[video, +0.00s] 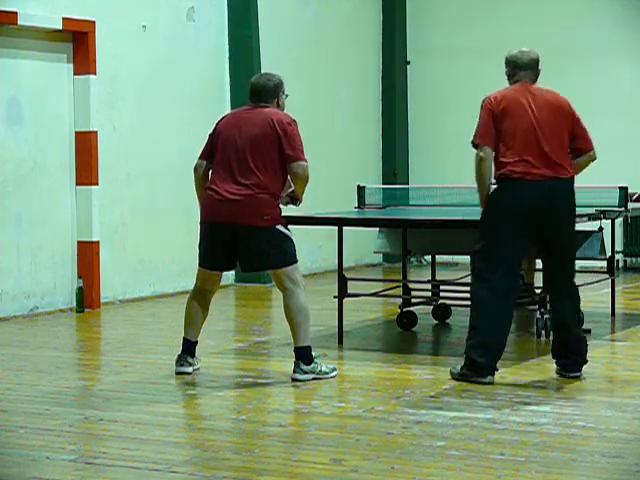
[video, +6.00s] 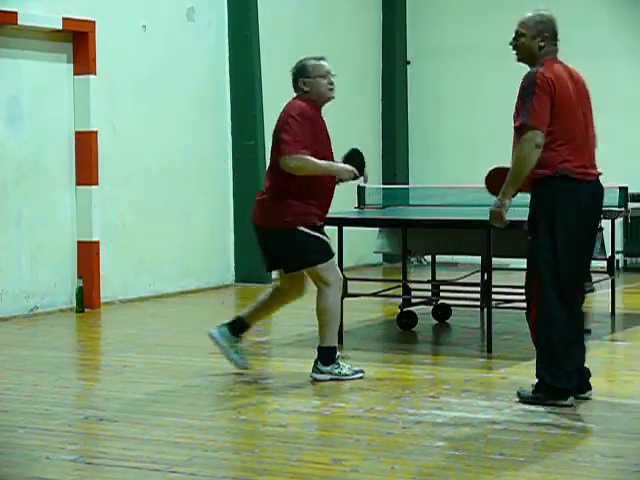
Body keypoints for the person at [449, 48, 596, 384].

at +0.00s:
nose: (508, 78)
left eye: (508, 73)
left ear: (508, 73)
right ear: (538, 74)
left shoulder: (496, 102)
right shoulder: (560, 103)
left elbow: (484, 153)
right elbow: (587, 154)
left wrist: (485, 200)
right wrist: (557, 176)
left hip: (512, 198)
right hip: (558, 198)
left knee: (493, 277)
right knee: (561, 278)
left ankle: (480, 364)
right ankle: (571, 362)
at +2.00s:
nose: (555, 67)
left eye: (555, 62)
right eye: (556, 62)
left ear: (562, 61)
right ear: (588, 63)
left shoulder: (563, 90)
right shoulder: (612, 93)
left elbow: (566, 138)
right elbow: (635, 144)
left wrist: (558, 193)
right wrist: (626, 179)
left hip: (592, 189)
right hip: (629, 189)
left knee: (579, 278)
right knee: (631, 278)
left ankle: (554, 364)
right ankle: (639, 364)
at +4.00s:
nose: (521, 85)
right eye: (524, 80)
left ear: (495, 75)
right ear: (524, 83)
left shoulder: (462, 98)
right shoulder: (518, 125)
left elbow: (424, 139)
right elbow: (519, 187)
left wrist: (426, 177)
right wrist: (532, 190)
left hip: (421, 193)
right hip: (460, 206)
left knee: (419, 257)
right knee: (476, 282)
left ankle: (395, 325)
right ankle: (454, 357)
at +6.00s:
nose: (513, 43)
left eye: (519, 36)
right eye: (514, 37)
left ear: (543, 41)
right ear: (547, 43)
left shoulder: (540, 77)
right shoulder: (572, 77)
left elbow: (534, 140)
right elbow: (576, 141)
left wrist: (503, 198)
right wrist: (524, 173)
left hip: (559, 192)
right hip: (586, 191)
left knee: (547, 286)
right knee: (567, 285)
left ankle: (555, 384)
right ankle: (573, 377)